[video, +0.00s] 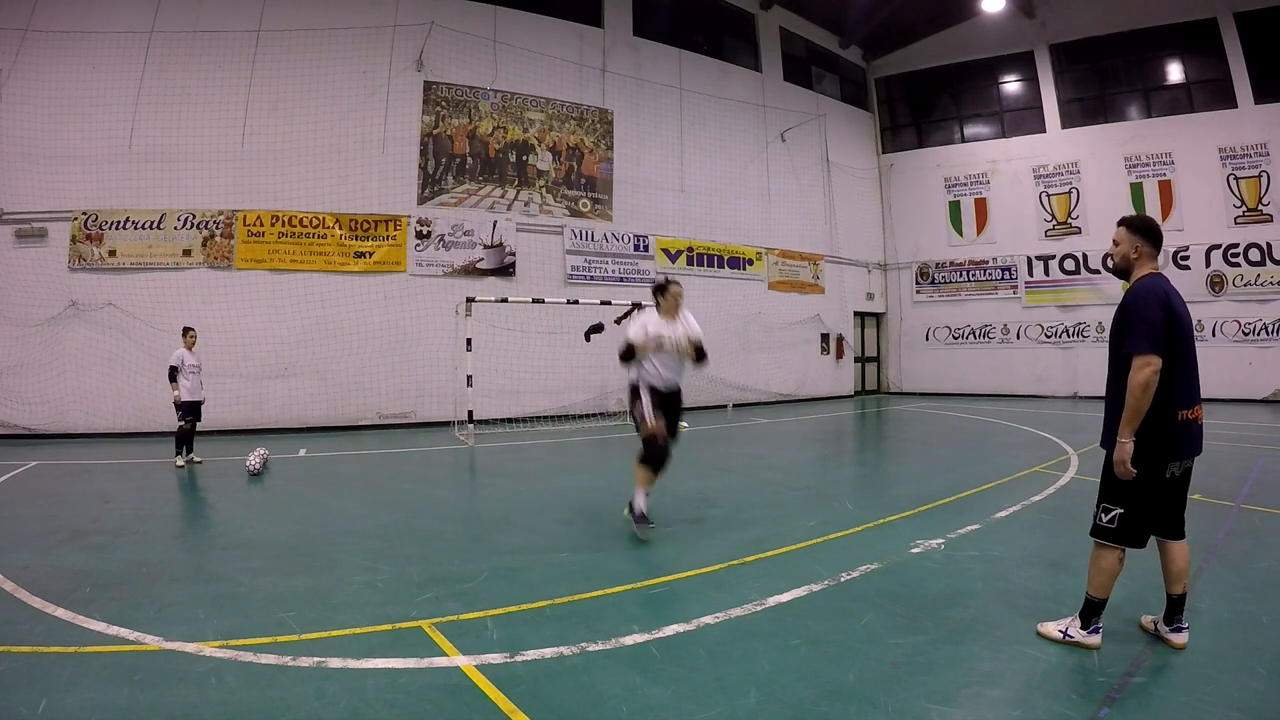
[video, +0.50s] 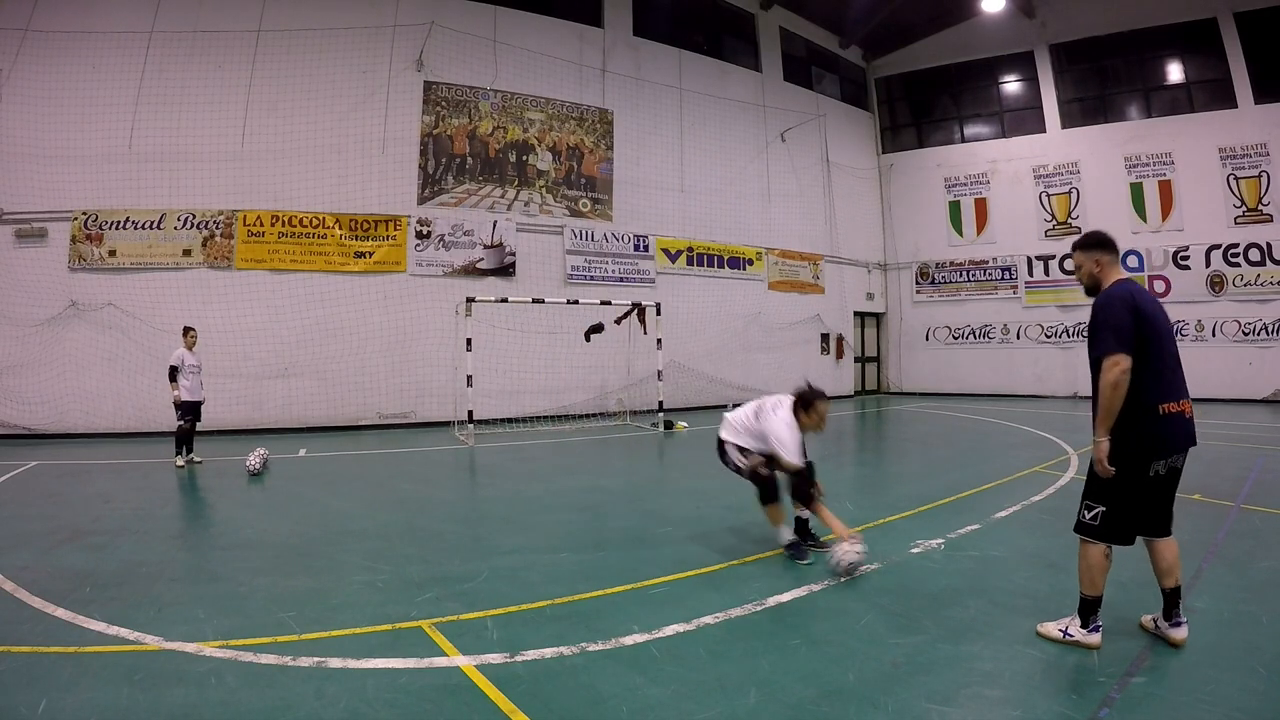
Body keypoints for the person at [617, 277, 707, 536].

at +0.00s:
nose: (678, 301)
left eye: (680, 297)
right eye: (674, 297)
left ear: (682, 299)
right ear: (660, 298)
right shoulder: (644, 320)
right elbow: (625, 356)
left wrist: (692, 348)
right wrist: (648, 346)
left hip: (671, 390)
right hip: (644, 387)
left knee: (663, 450)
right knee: (656, 443)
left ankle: (638, 499)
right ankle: (639, 504)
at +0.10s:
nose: (698, 323)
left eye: (699, 318)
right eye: (693, 318)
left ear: (698, 321)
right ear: (678, 320)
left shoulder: (701, 347)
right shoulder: (660, 347)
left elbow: (709, 383)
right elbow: (640, 384)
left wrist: (697, 397)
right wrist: (672, 398)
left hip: (687, 419)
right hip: (660, 417)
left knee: (692, 478)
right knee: (674, 470)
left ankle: (653, 497)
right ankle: (647, 526)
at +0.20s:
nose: (731, 337)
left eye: (732, 332)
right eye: (726, 332)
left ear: (730, 334)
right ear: (711, 334)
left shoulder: (730, 359)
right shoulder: (688, 363)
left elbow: (734, 394)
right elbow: (672, 407)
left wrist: (733, 417)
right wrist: (701, 427)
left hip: (707, 422)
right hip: (677, 422)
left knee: (740, 463)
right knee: (687, 483)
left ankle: (715, 507)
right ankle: (650, 525)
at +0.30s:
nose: (768, 356)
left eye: (770, 351)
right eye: (764, 350)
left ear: (767, 352)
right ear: (748, 350)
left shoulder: (758, 373)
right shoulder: (723, 372)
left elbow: (767, 406)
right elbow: (707, 421)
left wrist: (774, 430)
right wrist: (735, 451)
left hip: (725, 421)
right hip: (696, 421)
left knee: (764, 466)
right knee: (712, 478)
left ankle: (788, 525)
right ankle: (674, 521)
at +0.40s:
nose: (800, 386)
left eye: (801, 381)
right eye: (795, 381)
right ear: (779, 380)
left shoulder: (790, 399)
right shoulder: (758, 400)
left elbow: (786, 433)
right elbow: (752, 457)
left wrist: (804, 458)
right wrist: (783, 487)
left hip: (755, 432)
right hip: (720, 429)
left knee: (792, 469)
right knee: (739, 469)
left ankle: (801, 532)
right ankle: (737, 521)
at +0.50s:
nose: (823, 423)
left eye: (824, 417)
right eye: (819, 417)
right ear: (804, 414)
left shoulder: (797, 409)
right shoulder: (783, 428)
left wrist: (810, 481)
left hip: (762, 437)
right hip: (732, 441)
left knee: (803, 472)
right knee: (766, 479)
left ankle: (802, 531)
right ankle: (787, 541)